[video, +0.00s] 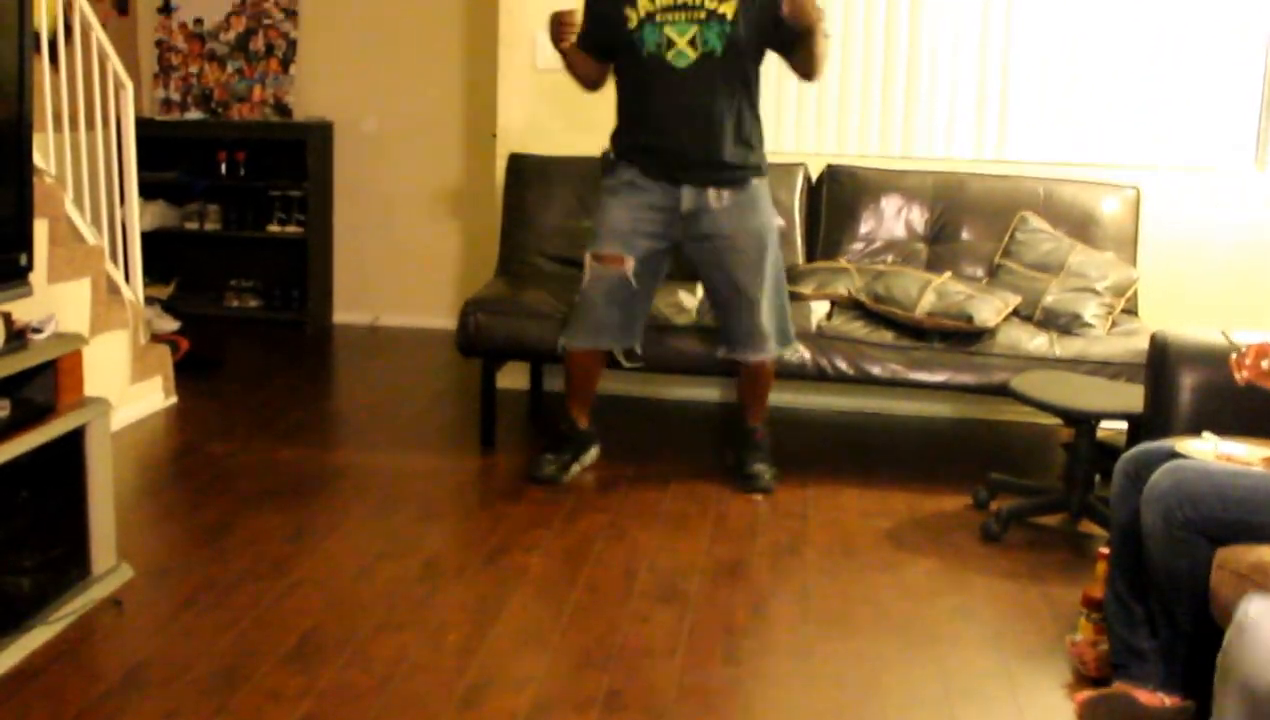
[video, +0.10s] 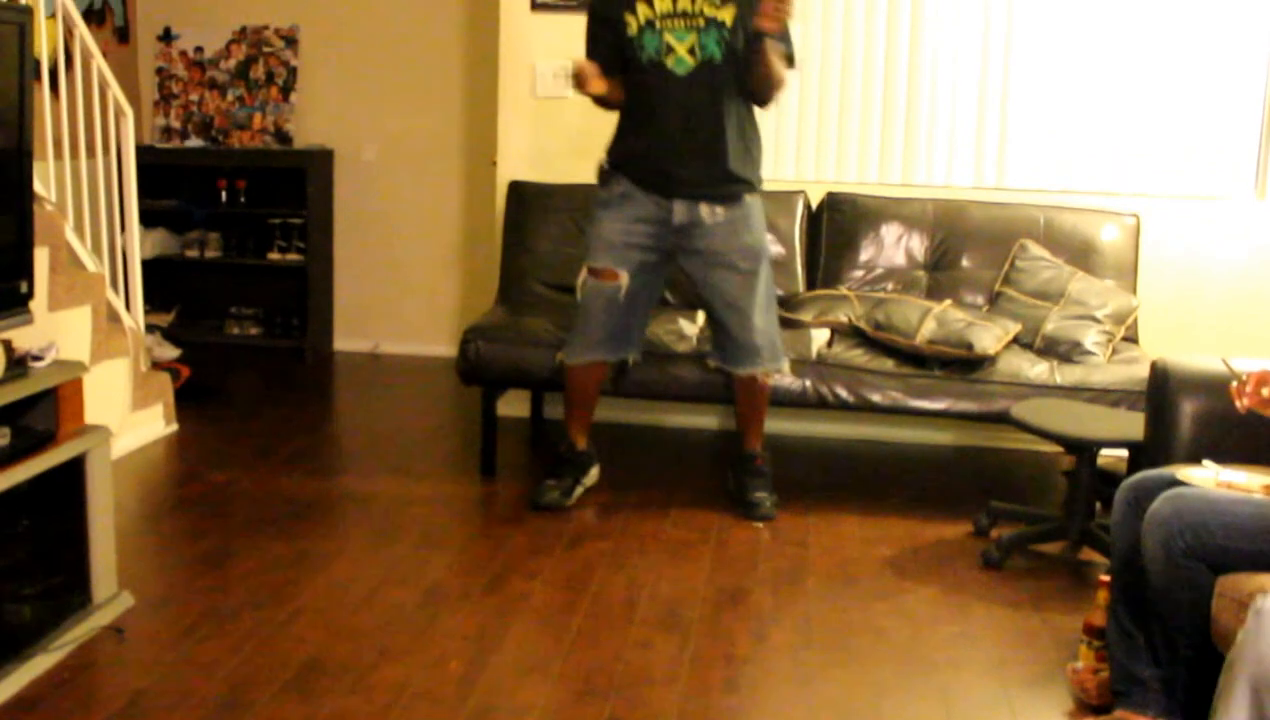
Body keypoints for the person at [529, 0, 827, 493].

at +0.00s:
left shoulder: (756, 3)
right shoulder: (615, 2)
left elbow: (808, 69)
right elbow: (593, 76)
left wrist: (808, 28)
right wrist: (568, 46)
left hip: (733, 177)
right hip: (639, 174)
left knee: (757, 321)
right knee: (596, 301)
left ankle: (754, 438)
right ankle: (577, 432)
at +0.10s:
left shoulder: (749, 5)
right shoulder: (612, 4)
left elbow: (764, 93)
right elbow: (621, 94)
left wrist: (768, 37)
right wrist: (596, 85)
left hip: (725, 189)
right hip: (634, 184)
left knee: (752, 336)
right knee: (595, 317)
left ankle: (753, 460)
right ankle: (576, 452)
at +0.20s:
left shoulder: (746, 21)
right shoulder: (609, 23)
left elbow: (765, 120)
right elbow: (587, 117)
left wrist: (719, 69)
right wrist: (637, 118)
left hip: (713, 226)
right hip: (623, 223)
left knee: (741, 374)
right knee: (594, 354)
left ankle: (750, 497)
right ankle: (578, 493)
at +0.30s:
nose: (666, 20)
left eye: (677, 9)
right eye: (656, 8)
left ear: (696, 16)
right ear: (641, 15)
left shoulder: (732, 95)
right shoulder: (600, 86)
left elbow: (763, 172)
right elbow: (573, 164)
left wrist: (703, 152)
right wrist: (648, 163)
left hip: (702, 281)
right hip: (615, 278)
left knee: (736, 427)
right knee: (583, 419)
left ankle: (750, 555)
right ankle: (578, 553)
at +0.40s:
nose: (664, 72)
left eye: (676, 60)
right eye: (655, 59)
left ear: (694, 66)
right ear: (639, 66)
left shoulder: (728, 145)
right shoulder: (597, 139)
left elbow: (746, 230)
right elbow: (574, 219)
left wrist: (691, 207)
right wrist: (647, 231)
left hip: (702, 333)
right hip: (612, 332)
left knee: (742, 476)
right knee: (578, 470)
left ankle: (752, 602)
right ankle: (581, 605)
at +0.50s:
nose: (666, 96)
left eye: (679, 86)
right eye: (657, 85)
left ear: (702, 94)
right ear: (642, 92)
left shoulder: (739, 170)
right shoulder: (601, 166)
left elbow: (765, 264)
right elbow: (569, 251)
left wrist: (741, 241)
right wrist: (608, 265)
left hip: (716, 367)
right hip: (623, 367)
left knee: (748, 506)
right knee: (591, 494)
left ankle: (756, 636)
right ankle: (582, 634)